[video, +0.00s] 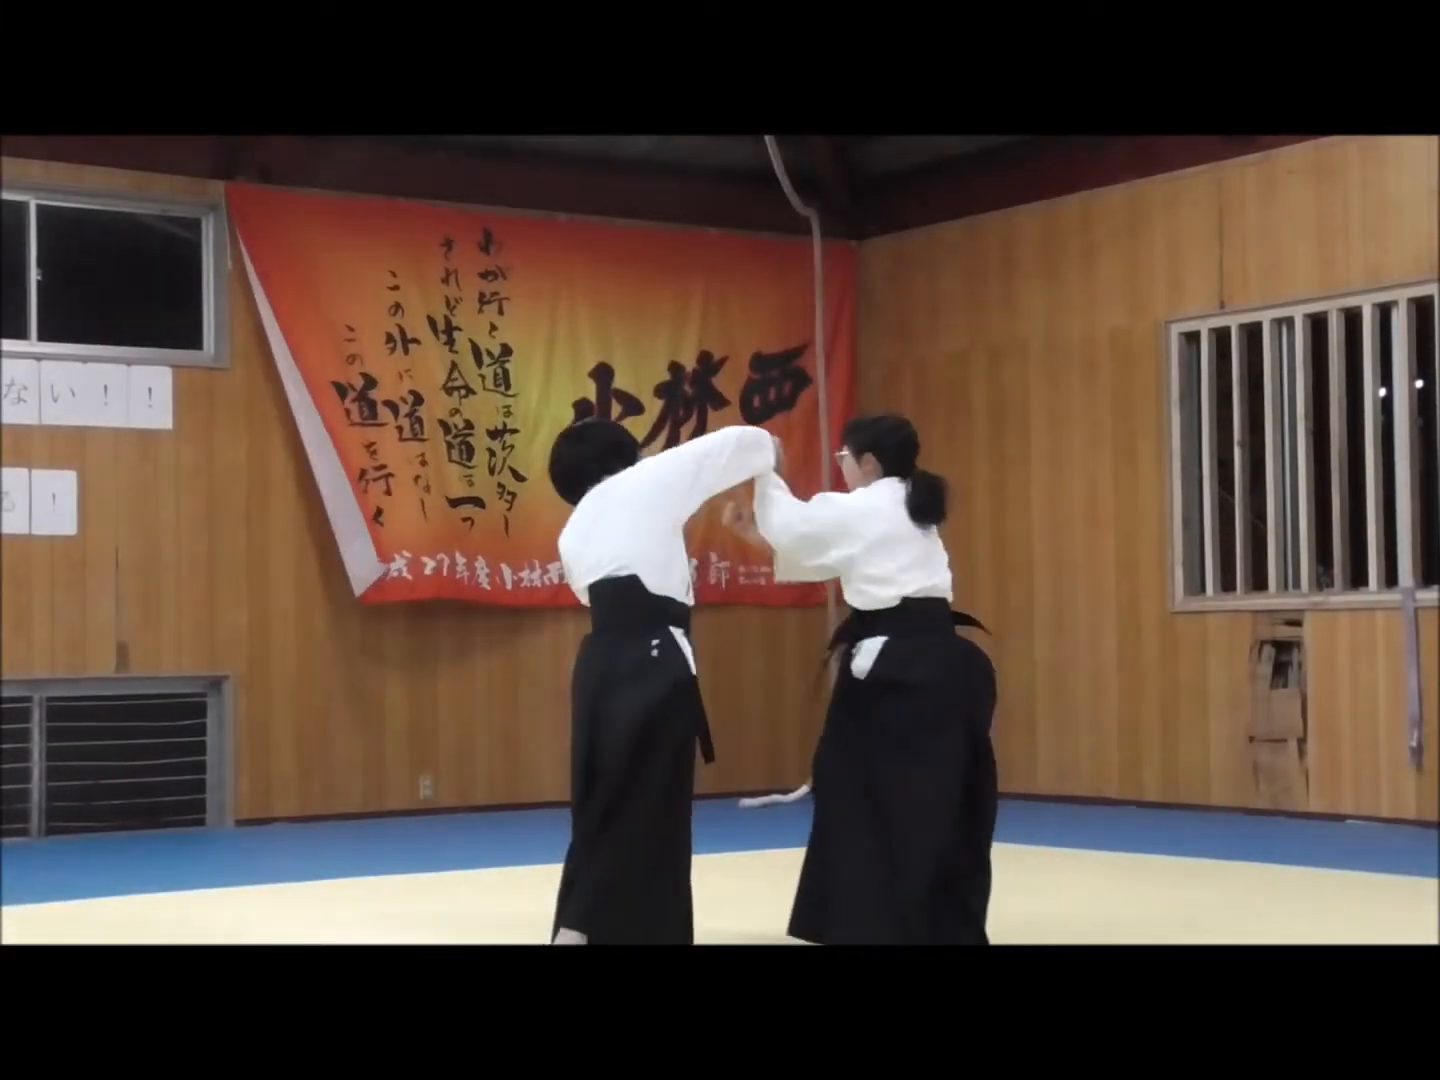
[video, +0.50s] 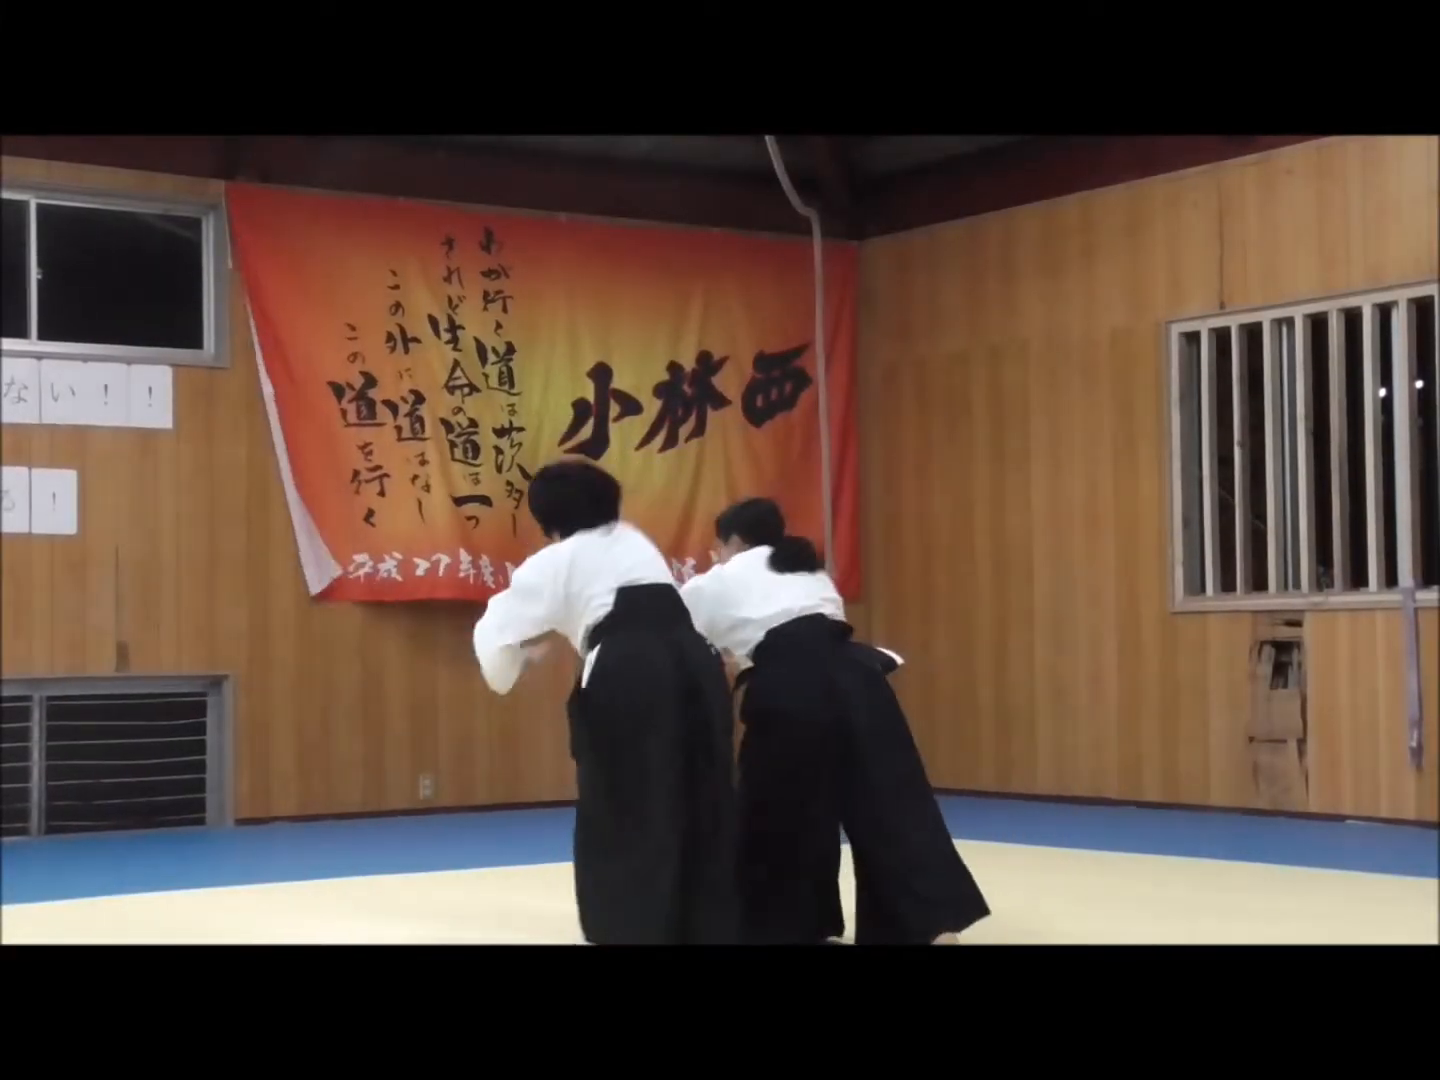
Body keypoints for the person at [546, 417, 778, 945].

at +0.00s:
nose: (639, 451)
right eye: (631, 446)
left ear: (570, 483)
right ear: (623, 454)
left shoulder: (573, 531)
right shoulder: (651, 478)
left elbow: (601, 597)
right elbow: (752, 442)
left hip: (597, 661)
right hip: (654, 658)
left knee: (599, 808)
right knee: (643, 812)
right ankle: (574, 929)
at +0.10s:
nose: (619, 435)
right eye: (612, 434)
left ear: (560, 488)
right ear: (616, 451)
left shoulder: (562, 537)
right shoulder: (653, 476)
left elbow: (582, 600)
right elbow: (734, 435)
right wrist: (744, 522)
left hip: (600, 650)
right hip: (661, 641)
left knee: (601, 790)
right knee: (637, 787)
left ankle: (629, 928)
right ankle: (581, 928)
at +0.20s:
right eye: (603, 434)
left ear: (553, 489)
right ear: (611, 451)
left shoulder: (555, 540)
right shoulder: (652, 475)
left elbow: (559, 607)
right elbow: (705, 443)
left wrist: (609, 576)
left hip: (604, 653)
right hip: (671, 642)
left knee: (604, 790)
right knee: (658, 779)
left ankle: (617, 925)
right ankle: (608, 914)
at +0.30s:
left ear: (551, 489)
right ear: (607, 454)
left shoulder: (551, 539)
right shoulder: (665, 473)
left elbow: (530, 614)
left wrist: (582, 576)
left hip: (611, 656)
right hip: (685, 645)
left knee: (610, 789)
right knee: (683, 779)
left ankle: (607, 929)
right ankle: (648, 915)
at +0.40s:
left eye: (541, 484)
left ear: (548, 494)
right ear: (609, 469)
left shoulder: (549, 543)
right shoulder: (648, 495)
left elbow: (513, 633)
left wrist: (553, 598)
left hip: (623, 660)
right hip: (697, 651)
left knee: (617, 796)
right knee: (693, 791)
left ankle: (613, 928)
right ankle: (683, 925)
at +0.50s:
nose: (538, 526)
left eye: (538, 517)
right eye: (538, 517)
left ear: (549, 522)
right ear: (606, 508)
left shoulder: (553, 562)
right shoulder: (637, 540)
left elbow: (492, 639)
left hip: (625, 680)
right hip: (699, 672)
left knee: (624, 818)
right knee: (704, 809)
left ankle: (626, 931)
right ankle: (704, 930)